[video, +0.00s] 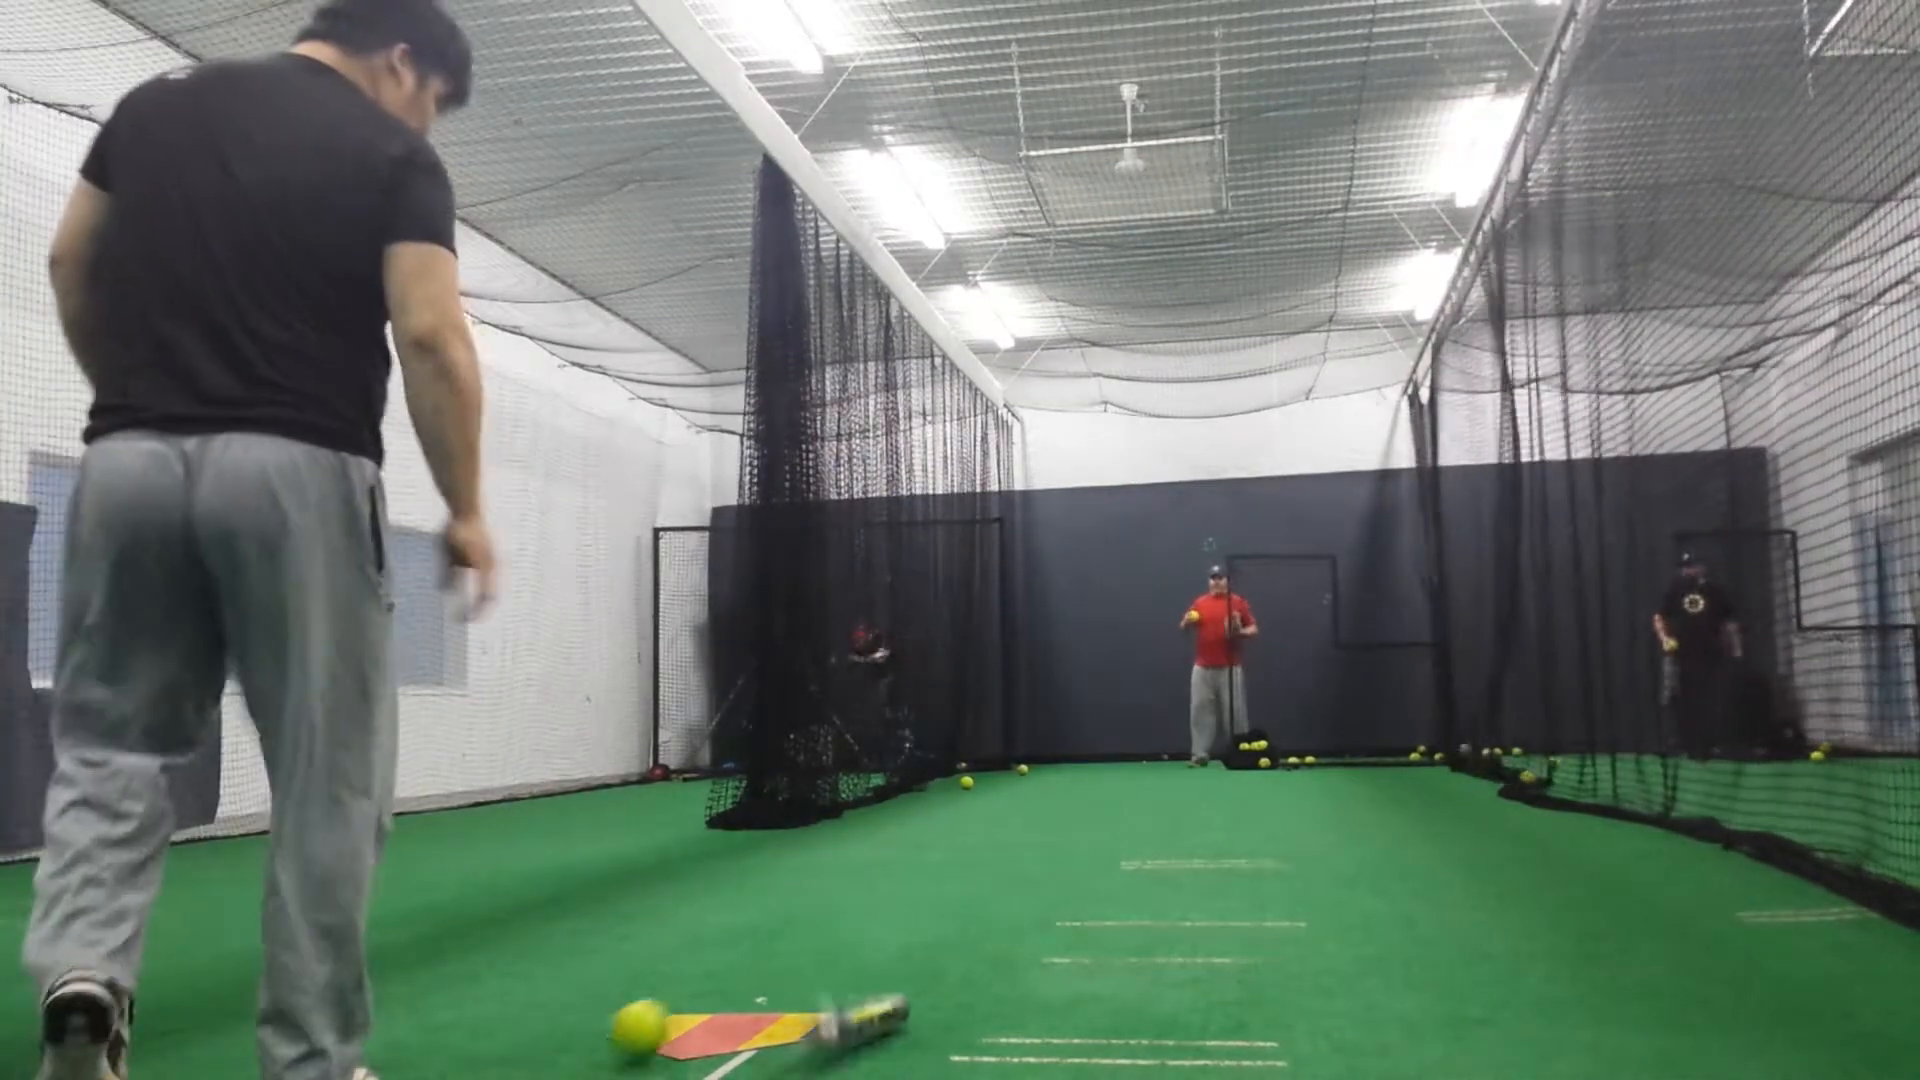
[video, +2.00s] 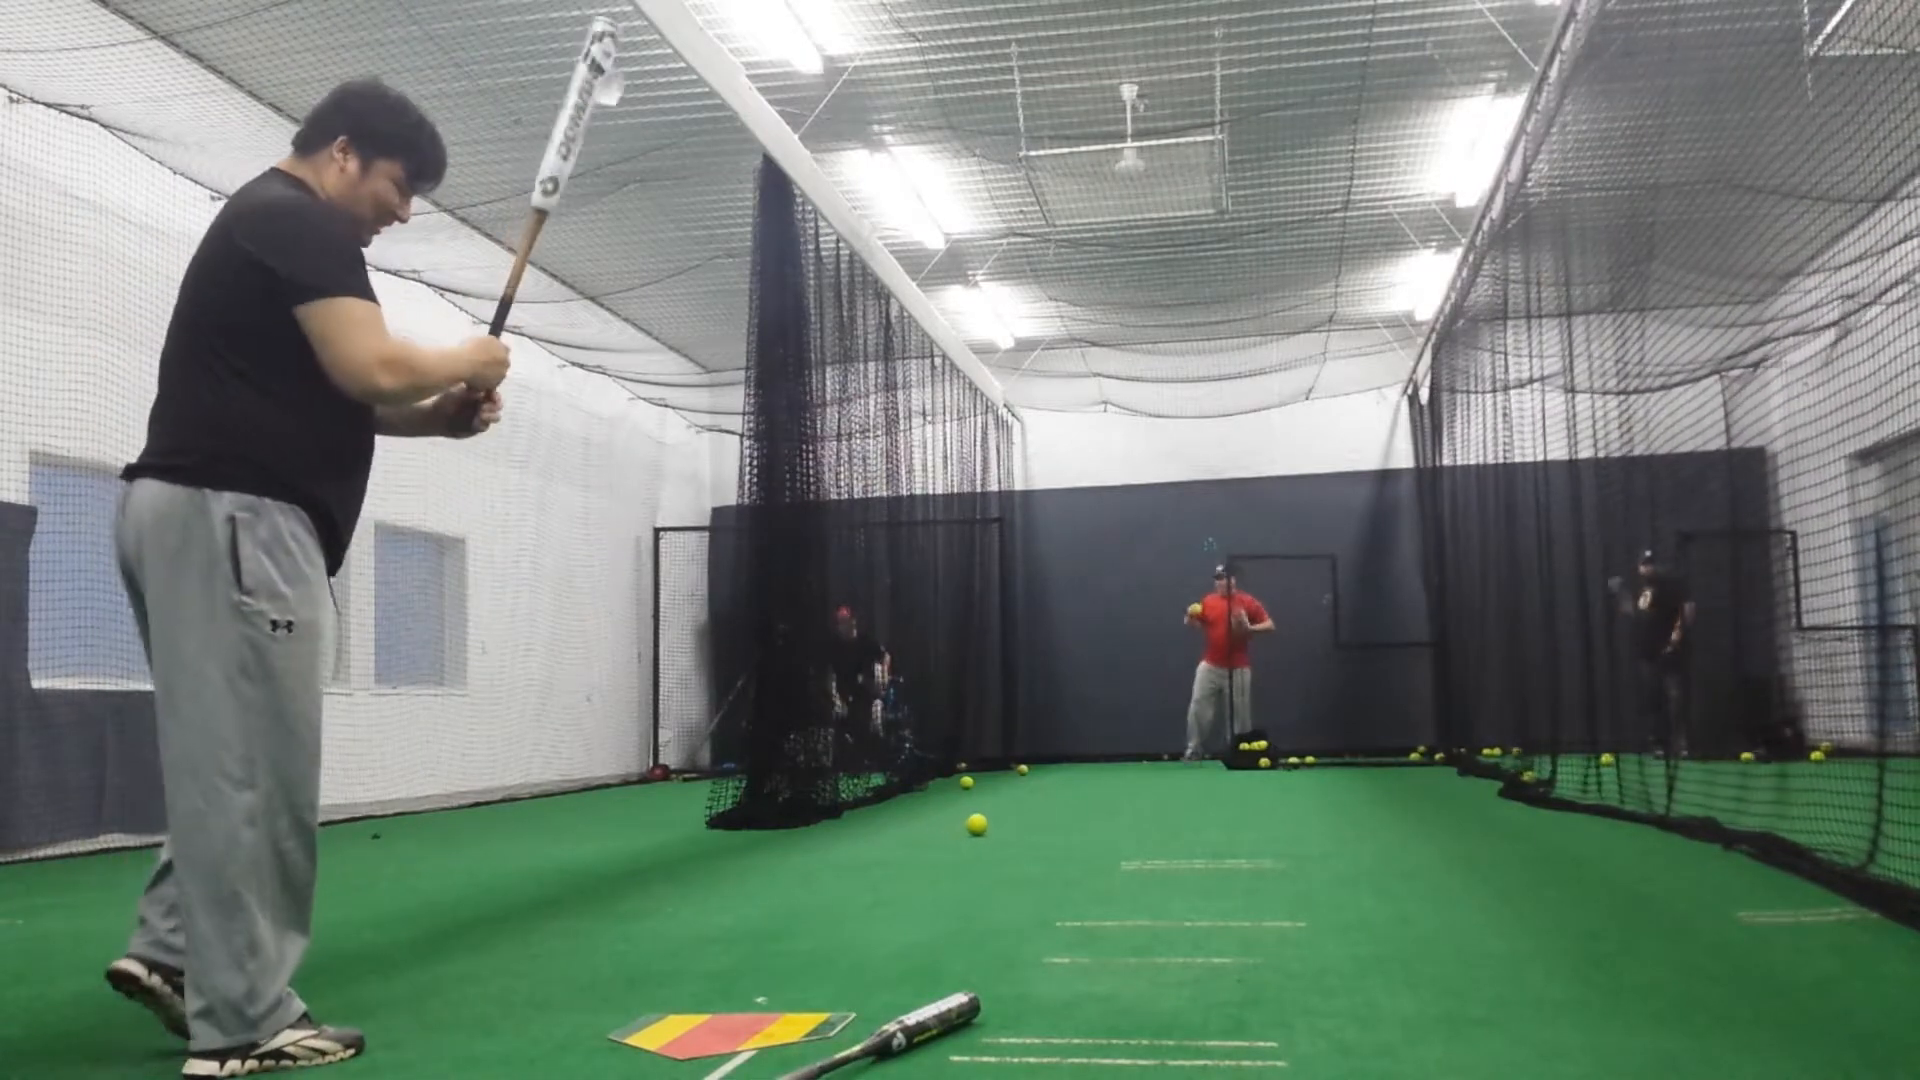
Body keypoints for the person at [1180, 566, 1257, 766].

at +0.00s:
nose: (1217, 581)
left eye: (1220, 578)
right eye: (1213, 578)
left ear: (1227, 581)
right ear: (1209, 581)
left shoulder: (1238, 603)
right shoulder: (1201, 603)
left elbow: (1253, 628)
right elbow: (1183, 628)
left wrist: (1240, 630)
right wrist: (1188, 621)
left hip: (1230, 664)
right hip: (1204, 664)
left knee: (1235, 709)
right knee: (1200, 708)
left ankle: (1239, 752)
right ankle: (1200, 753)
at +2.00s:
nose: (1219, 583)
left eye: (1223, 578)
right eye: (1217, 578)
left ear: (1233, 580)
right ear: (1215, 581)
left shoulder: (1246, 601)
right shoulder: (1209, 601)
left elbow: (1269, 624)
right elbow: (1198, 624)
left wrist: (1249, 627)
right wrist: (1191, 618)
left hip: (1238, 666)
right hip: (1212, 664)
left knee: (1240, 709)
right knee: (1199, 706)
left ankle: (1241, 750)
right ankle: (1194, 748)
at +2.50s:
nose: (1193, 586)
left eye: (1196, 582)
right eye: (1192, 582)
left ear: (1209, 582)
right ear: (1193, 585)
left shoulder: (1226, 604)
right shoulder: (1190, 606)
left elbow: (1247, 626)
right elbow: (1175, 635)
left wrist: (1229, 630)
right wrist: (1179, 627)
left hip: (1221, 667)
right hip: (1195, 667)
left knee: (1226, 711)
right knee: (1193, 711)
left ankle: (1235, 751)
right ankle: (1194, 754)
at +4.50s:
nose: (1217, 580)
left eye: (1222, 576)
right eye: (1216, 576)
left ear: (1233, 579)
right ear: (1213, 579)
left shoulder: (1245, 602)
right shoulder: (1207, 602)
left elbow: (1260, 628)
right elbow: (1192, 626)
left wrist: (1246, 630)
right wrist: (1199, 627)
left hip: (1238, 662)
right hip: (1212, 663)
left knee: (1240, 707)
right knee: (1214, 708)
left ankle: (1242, 751)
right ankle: (1217, 752)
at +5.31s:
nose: (1211, 581)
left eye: (1214, 576)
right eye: (1207, 577)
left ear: (1221, 578)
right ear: (1202, 581)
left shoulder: (1236, 600)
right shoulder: (1198, 604)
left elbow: (1256, 621)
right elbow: (1176, 626)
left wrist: (1242, 624)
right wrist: (1187, 603)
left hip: (1234, 662)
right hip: (1208, 663)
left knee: (1238, 707)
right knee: (1212, 709)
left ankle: (1241, 750)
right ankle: (1216, 752)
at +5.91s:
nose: (1212, 581)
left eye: (1215, 577)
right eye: (1209, 579)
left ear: (1222, 580)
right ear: (1204, 582)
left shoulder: (1233, 599)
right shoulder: (1196, 601)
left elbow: (1254, 622)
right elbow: (1171, 611)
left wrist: (1242, 624)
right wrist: (1189, 591)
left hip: (1232, 661)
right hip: (1206, 663)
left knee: (1237, 707)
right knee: (1210, 710)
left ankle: (1241, 750)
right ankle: (1216, 752)